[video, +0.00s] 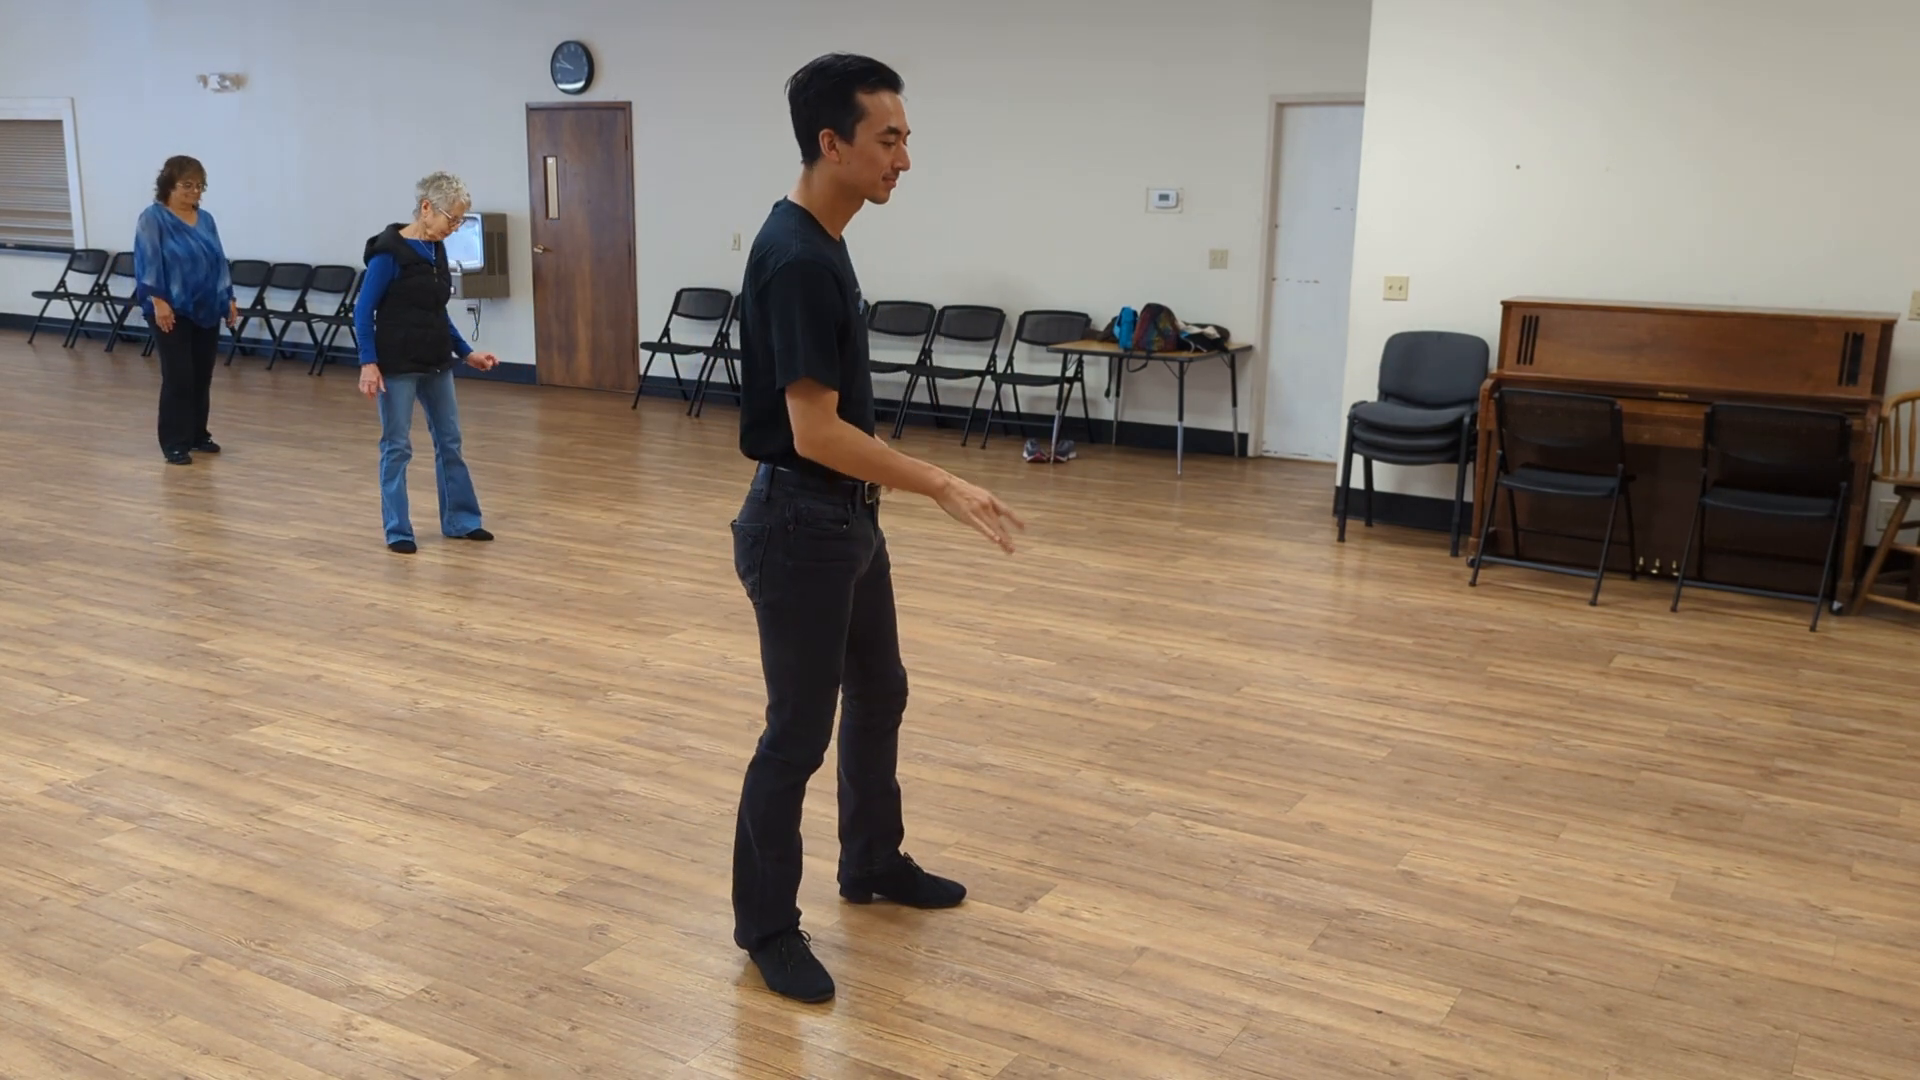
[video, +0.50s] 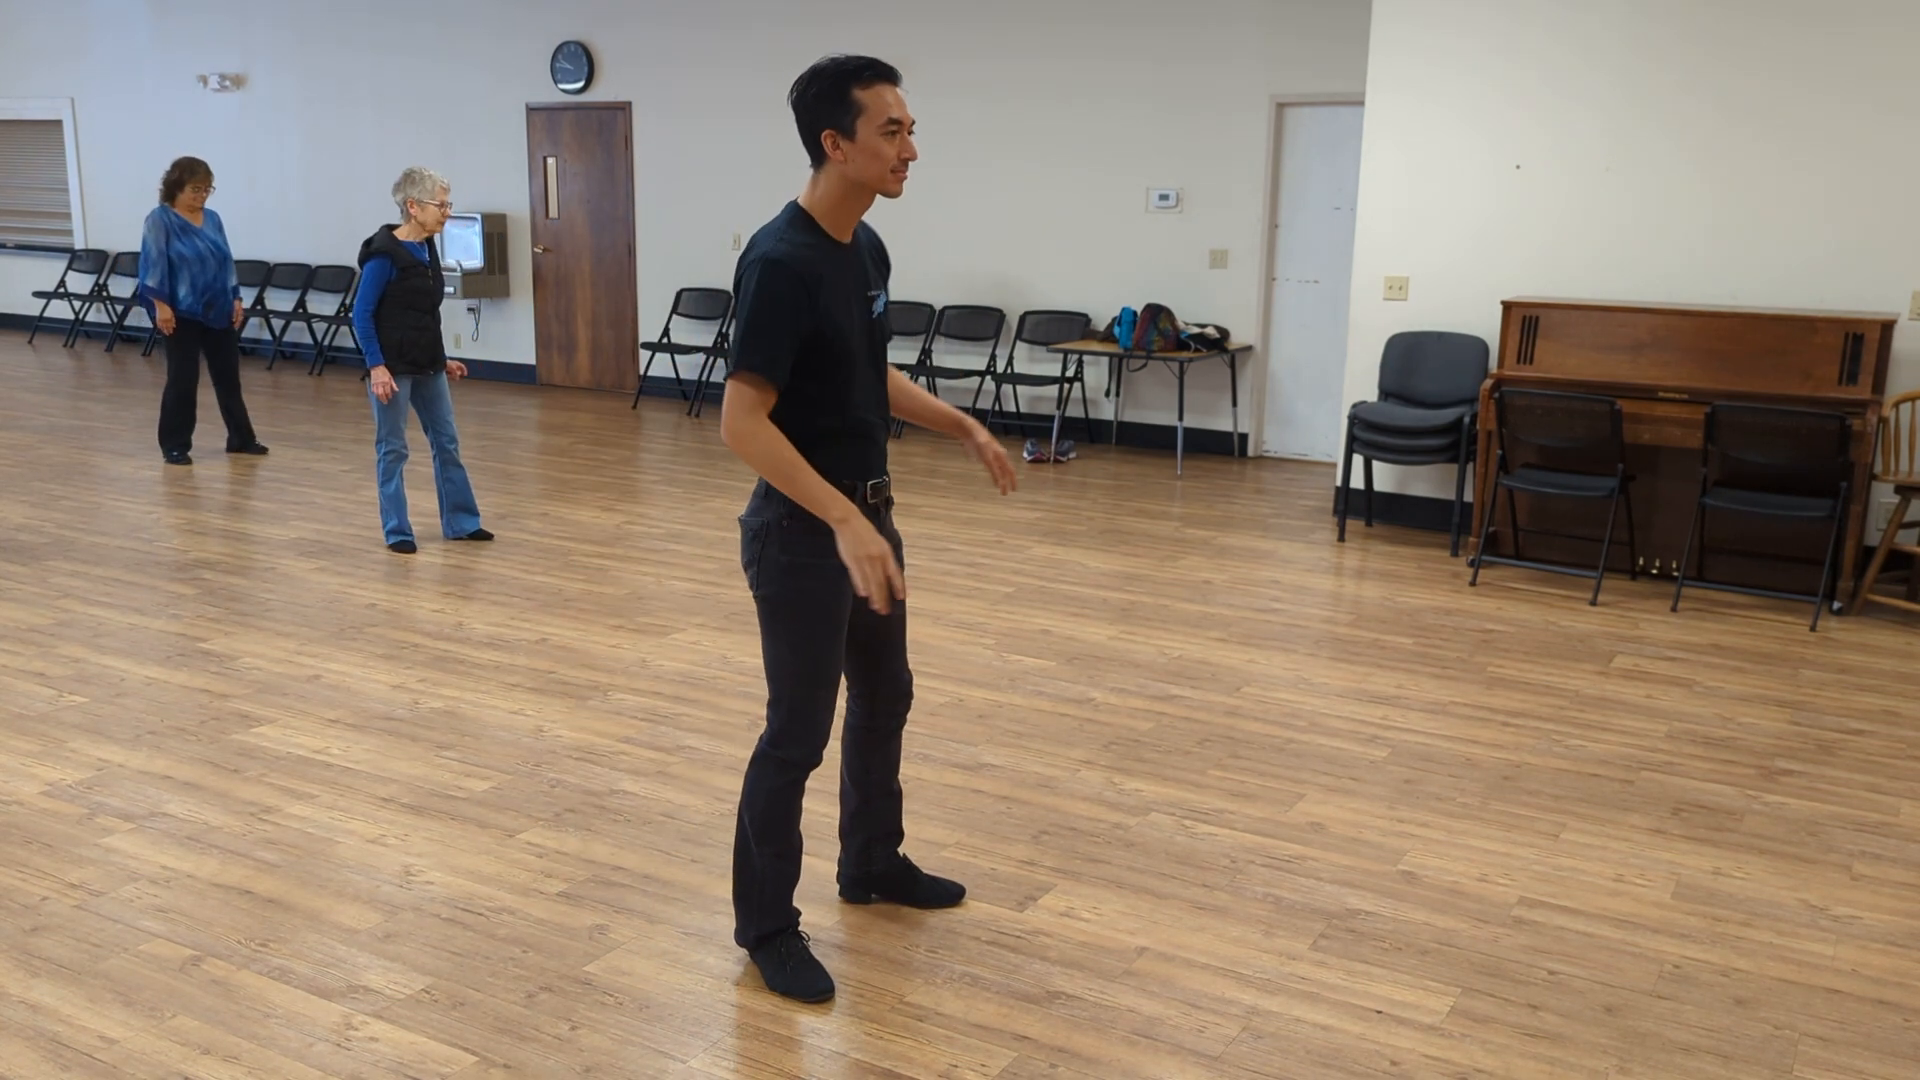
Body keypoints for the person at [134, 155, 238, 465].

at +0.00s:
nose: (196, 191)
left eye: (199, 186)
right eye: (189, 185)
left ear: (202, 188)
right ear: (170, 185)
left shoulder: (205, 218)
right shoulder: (153, 217)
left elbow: (219, 262)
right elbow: (148, 265)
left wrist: (229, 299)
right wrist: (159, 301)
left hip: (206, 310)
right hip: (172, 310)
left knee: (201, 375)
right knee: (178, 377)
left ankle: (198, 435)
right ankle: (174, 443)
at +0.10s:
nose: (194, 191)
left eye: (198, 186)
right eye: (187, 185)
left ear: (200, 187)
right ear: (168, 184)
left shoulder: (201, 216)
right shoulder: (150, 218)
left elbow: (215, 262)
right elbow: (147, 266)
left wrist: (224, 300)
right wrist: (159, 303)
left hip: (206, 309)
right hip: (172, 310)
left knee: (204, 374)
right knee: (178, 377)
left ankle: (200, 434)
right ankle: (173, 444)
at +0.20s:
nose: (193, 192)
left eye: (196, 187)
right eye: (186, 186)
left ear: (199, 188)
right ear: (167, 185)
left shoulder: (199, 216)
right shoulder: (149, 218)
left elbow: (213, 265)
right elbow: (146, 267)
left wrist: (221, 304)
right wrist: (159, 303)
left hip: (205, 309)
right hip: (170, 310)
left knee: (218, 369)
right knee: (176, 375)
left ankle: (203, 430)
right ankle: (173, 444)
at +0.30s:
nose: (193, 194)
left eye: (197, 188)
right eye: (186, 188)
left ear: (200, 188)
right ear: (167, 186)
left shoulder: (200, 216)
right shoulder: (150, 218)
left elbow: (214, 263)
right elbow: (147, 267)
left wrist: (225, 299)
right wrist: (159, 304)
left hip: (206, 308)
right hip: (171, 310)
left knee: (225, 366)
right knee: (177, 376)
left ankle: (213, 428)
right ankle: (174, 445)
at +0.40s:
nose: (197, 194)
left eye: (201, 188)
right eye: (190, 188)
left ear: (204, 188)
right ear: (171, 186)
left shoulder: (205, 217)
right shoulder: (154, 219)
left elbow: (219, 261)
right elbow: (150, 266)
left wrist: (229, 297)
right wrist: (159, 304)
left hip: (211, 309)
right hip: (176, 311)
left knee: (225, 372)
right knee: (179, 378)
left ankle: (235, 437)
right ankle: (174, 446)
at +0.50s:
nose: (202, 196)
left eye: (206, 190)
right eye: (195, 190)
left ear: (210, 190)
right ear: (177, 187)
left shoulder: (211, 218)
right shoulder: (159, 219)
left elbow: (226, 262)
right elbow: (153, 267)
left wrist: (236, 299)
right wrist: (161, 305)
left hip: (218, 311)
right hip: (182, 312)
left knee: (228, 378)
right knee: (183, 380)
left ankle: (241, 439)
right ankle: (175, 447)